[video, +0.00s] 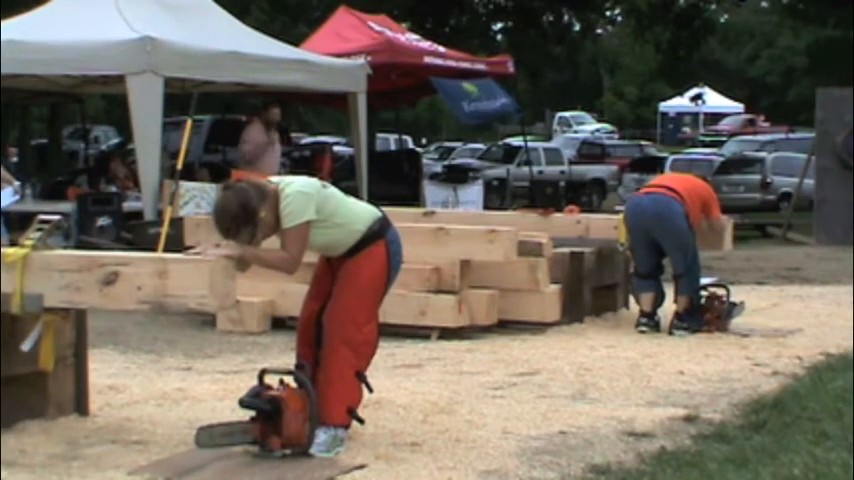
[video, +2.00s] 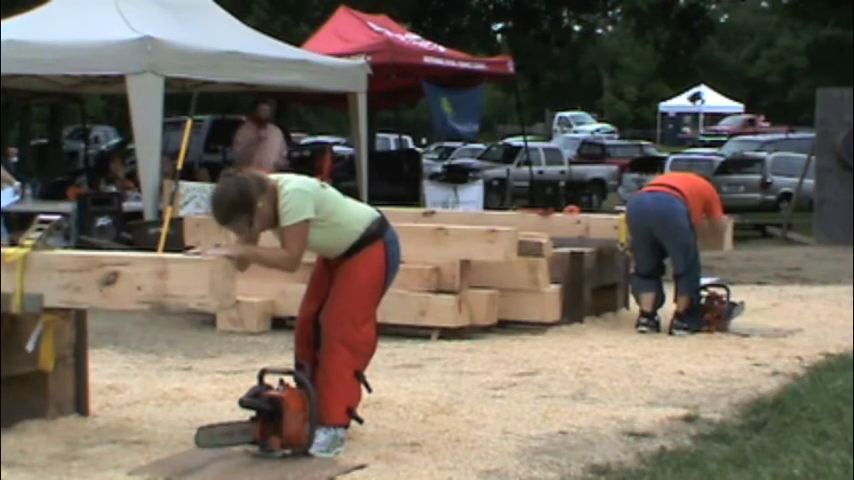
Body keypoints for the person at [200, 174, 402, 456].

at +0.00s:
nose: (259, 237)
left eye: (257, 232)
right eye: (252, 235)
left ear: (264, 210)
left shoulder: (297, 197)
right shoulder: (262, 197)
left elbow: (290, 262)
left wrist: (239, 252)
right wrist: (236, 252)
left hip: (373, 246)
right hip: (337, 251)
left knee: (340, 325)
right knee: (311, 321)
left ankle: (335, 425)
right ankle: (309, 412)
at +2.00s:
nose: (246, 234)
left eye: (248, 226)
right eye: (240, 230)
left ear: (261, 204)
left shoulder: (295, 196)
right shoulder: (260, 195)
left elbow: (291, 260)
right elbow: (245, 263)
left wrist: (241, 253)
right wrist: (227, 250)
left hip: (371, 247)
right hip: (335, 254)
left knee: (338, 326)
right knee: (309, 321)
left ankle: (334, 425)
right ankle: (309, 413)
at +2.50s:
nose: (244, 227)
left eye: (242, 219)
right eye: (238, 224)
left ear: (256, 198)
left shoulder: (302, 198)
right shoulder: (263, 214)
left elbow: (325, 262)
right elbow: (277, 267)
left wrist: (281, 281)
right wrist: (264, 293)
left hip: (374, 245)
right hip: (337, 254)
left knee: (338, 322)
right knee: (309, 322)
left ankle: (336, 426)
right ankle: (310, 414)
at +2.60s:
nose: (241, 232)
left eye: (239, 222)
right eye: (234, 227)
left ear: (254, 199)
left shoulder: (300, 211)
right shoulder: (262, 226)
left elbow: (316, 277)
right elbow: (283, 284)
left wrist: (285, 329)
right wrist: (298, 333)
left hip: (377, 246)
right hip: (338, 257)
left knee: (339, 321)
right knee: (307, 319)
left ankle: (340, 424)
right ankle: (313, 414)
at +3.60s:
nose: (237, 253)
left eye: (234, 244)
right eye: (230, 248)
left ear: (251, 224)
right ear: (253, 221)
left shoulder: (287, 226)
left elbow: (305, 299)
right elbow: (307, 293)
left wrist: (301, 361)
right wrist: (302, 356)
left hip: (382, 255)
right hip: (364, 257)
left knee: (334, 335)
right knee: (329, 331)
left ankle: (338, 429)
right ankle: (350, 412)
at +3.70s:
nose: (239, 239)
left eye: (234, 232)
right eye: (231, 236)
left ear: (248, 211)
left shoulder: (279, 228)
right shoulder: (282, 176)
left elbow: (296, 297)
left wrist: (298, 362)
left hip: (372, 245)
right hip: (387, 224)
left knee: (326, 330)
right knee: (356, 324)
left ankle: (335, 427)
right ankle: (352, 403)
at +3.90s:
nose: (228, 236)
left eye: (225, 227)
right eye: (223, 230)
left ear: (241, 210)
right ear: (244, 205)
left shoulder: (278, 217)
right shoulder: (281, 197)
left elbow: (295, 292)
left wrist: (283, 358)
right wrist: (284, 287)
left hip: (379, 242)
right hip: (386, 232)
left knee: (333, 330)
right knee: (353, 322)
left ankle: (337, 428)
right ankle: (365, 402)